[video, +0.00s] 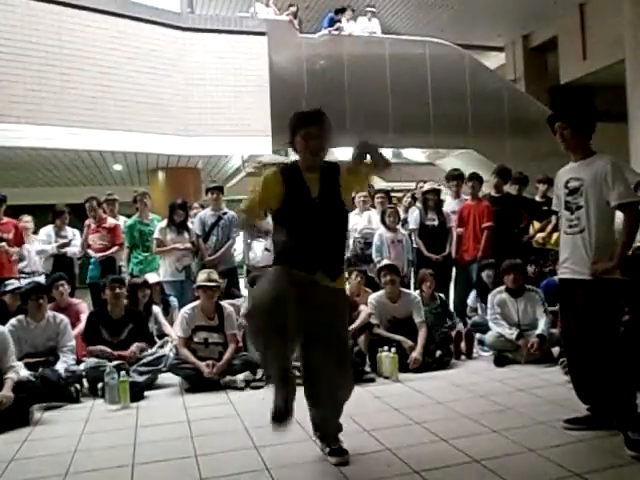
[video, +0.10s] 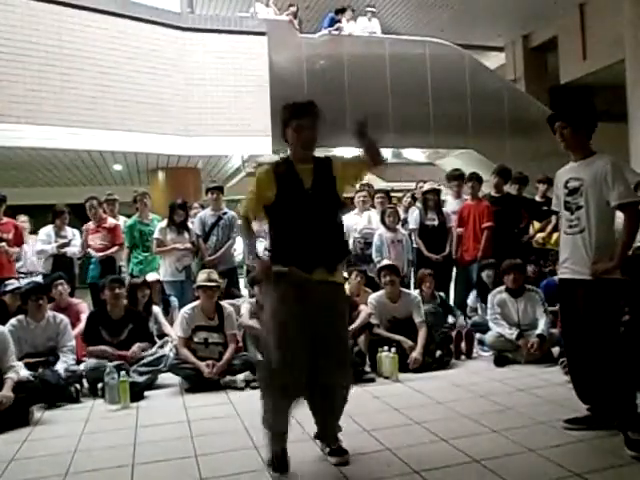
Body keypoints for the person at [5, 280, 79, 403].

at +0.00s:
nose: (40, 302)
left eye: (42, 298)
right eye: (35, 299)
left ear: (48, 300)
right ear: (26, 304)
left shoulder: (60, 321)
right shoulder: (14, 326)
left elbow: (68, 352)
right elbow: (11, 360)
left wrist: (57, 371)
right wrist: (26, 375)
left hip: (54, 369)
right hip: (27, 371)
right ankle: (68, 393)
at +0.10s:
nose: (40, 303)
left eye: (42, 299)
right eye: (35, 300)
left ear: (47, 301)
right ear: (26, 304)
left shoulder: (61, 321)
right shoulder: (14, 326)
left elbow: (68, 353)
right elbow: (11, 360)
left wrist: (57, 372)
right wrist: (27, 375)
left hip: (54, 369)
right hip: (28, 372)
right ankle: (66, 394)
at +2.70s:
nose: (50, 303)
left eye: (51, 299)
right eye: (44, 300)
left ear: (54, 300)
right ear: (32, 305)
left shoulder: (64, 323)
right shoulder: (19, 328)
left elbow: (72, 353)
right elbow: (14, 358)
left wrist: (63, 373)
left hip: (58, 368)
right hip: (32, 371)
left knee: (79, 376)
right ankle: (68, 397)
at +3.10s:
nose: (47, 303)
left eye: (49, 299)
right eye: (42, 300)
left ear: (53, 302)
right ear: (31, 305)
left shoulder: (64, 323)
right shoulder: (19, 328)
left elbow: (72, 353)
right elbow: (14, 357)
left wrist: (63, 373)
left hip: (58, 368)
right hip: (33, 371)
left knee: (79, 375)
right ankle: (69, 397)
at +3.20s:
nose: (47, 303)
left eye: (49, 299)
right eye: (41, 300)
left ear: (53, 302)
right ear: (30, 305)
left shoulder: (64, 323)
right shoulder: (19, 328)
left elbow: (72, 353)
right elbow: (13, 357)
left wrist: (63, 373)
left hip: (59, 369)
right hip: (33, 372)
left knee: (79, 375)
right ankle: (69, 397)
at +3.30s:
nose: (46, 303)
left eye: (48, 299)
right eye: (41, 300)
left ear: (53, 302)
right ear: (30, 306)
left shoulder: (64, 323)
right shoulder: (18, 328)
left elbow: (72, 353)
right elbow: (15, 359)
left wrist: (63, 373)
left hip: (58, 368)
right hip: (33, 372)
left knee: (79, 375)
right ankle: (69, 397)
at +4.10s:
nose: (45, 305)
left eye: (47, 301)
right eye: (39, 302)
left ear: (53, 303)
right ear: (31, 306)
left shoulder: (64, 323)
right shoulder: (19, 328)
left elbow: (72, 353)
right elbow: (14, 358)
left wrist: (63, 373)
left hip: (59, 369)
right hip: (33, 372)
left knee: (79, 376)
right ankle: (69, 396)